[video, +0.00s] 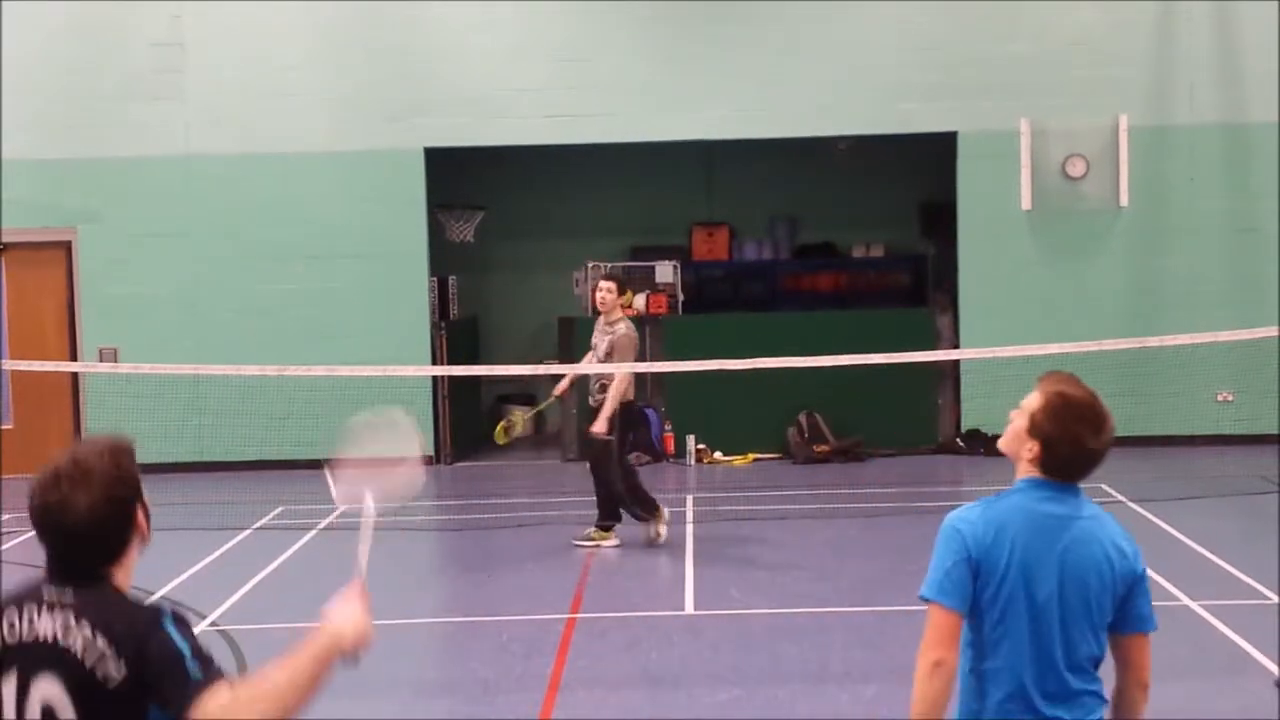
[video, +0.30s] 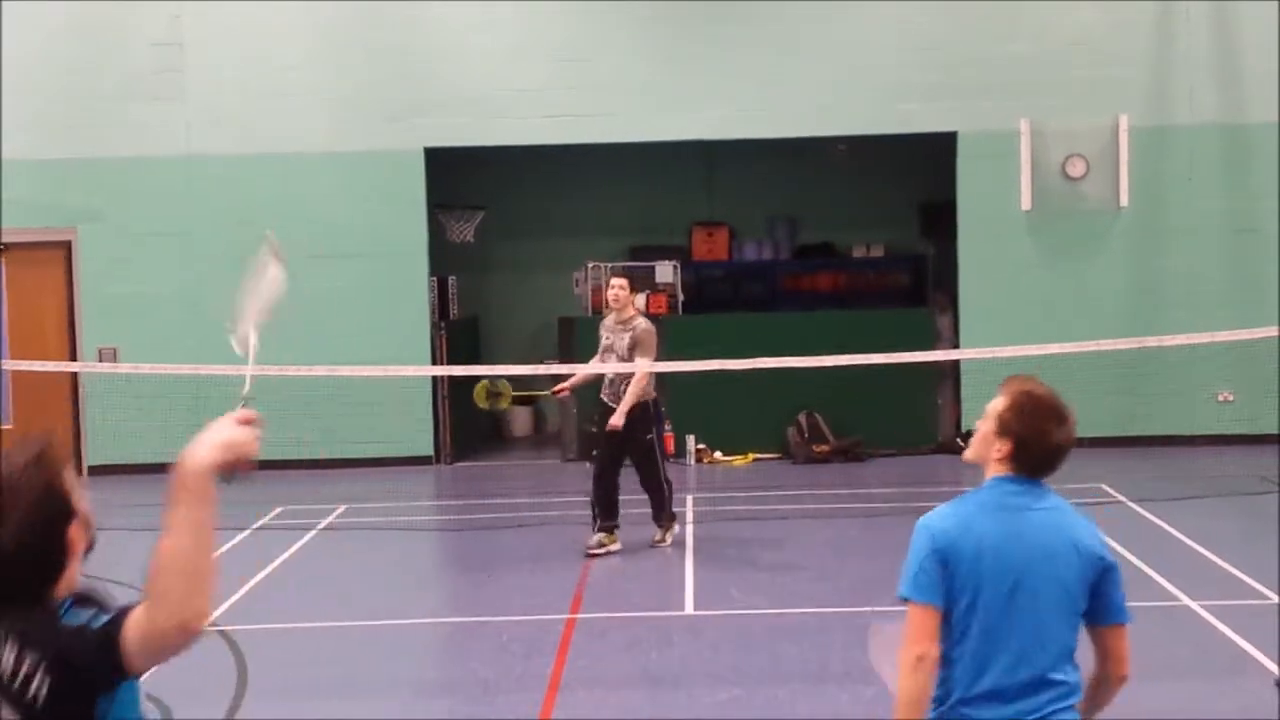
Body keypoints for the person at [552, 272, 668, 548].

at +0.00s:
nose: (601, 296)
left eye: (608, 292)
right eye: (599, 290)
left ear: (621, 298)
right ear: (595, 294)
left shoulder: (624, 333)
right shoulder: (601, 324)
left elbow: (622, 379)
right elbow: (593, 356)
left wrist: (604, 417)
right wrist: (569, 379)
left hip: (617, 405)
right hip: (600, 403)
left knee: (608, 464)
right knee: (602, 463)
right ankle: (605, 527)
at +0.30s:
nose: (614, 293)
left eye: (621, 288)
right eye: (611, 288)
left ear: (632, 295)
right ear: (606, 294)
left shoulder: (643, 329)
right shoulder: (607, 324)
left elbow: (642, 376)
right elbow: (601, 362)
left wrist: (621, 411)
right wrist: (572, 383)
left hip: (640, 406)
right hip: (611, 405)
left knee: (649, 468)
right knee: (604, 469)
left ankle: (666, 521)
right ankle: (606, 531)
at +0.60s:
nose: (616, 301)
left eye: (622, 296)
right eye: (612, 297)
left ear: (634, 303)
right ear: (606, 303)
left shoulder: (650, 335)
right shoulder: (598, 336)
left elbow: (649, 380)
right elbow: (582, 375)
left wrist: (620, 410)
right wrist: (552, 404)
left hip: (649, 415)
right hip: (613, 417)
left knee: (670, 473)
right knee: (610, 477)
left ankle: (681, 523)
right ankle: (605, 541)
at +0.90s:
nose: (651, 314)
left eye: (656, 309)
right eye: (646, 310)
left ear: (668, 315)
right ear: (638, 316)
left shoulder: (685, 349)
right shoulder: (628, 350)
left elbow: (697, 394)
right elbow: (613, 388)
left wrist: (684, 427)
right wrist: (589, 422)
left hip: (678, 430)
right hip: (640, 430)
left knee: (710, 480)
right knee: (624, 482)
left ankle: (731, 535)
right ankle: (606, 542)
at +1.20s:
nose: (721, 301)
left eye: (728, 297)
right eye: (718, 297)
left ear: (739, 309)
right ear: (712, 307)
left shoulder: (751, 342)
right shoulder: (699, 339)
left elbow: (760, 381)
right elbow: (690, 373)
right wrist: (674, 376)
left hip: (742, 411)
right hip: (706, 408)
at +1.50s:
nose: (771, 277)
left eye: (778, 274)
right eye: (771, 273)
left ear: (790, 286)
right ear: (767, 283)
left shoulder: (796, 313)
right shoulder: (755, 320)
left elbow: (798, 341)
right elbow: (742, 357)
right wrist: (718, 362)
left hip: (781, 388)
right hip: (756, 391)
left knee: (783, 454)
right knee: (757, 457)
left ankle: (796, 518)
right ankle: (769, 520)